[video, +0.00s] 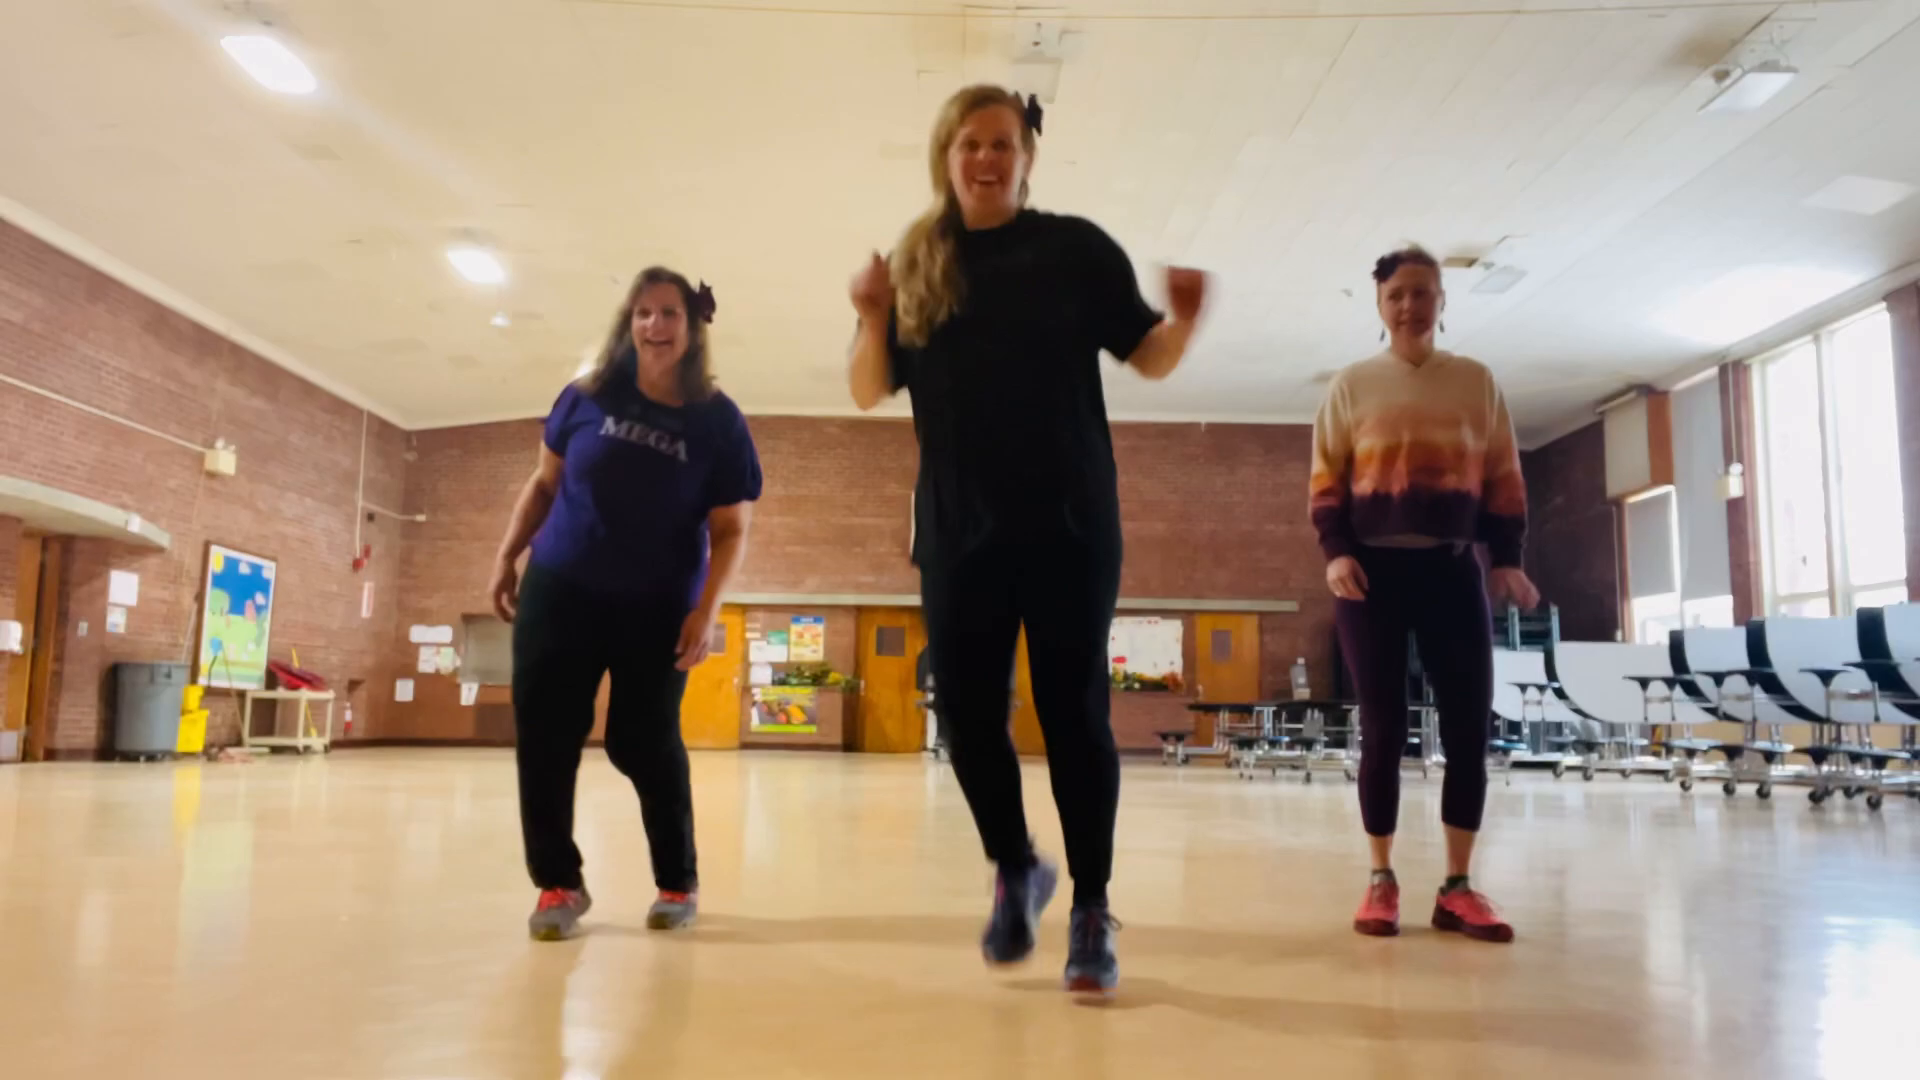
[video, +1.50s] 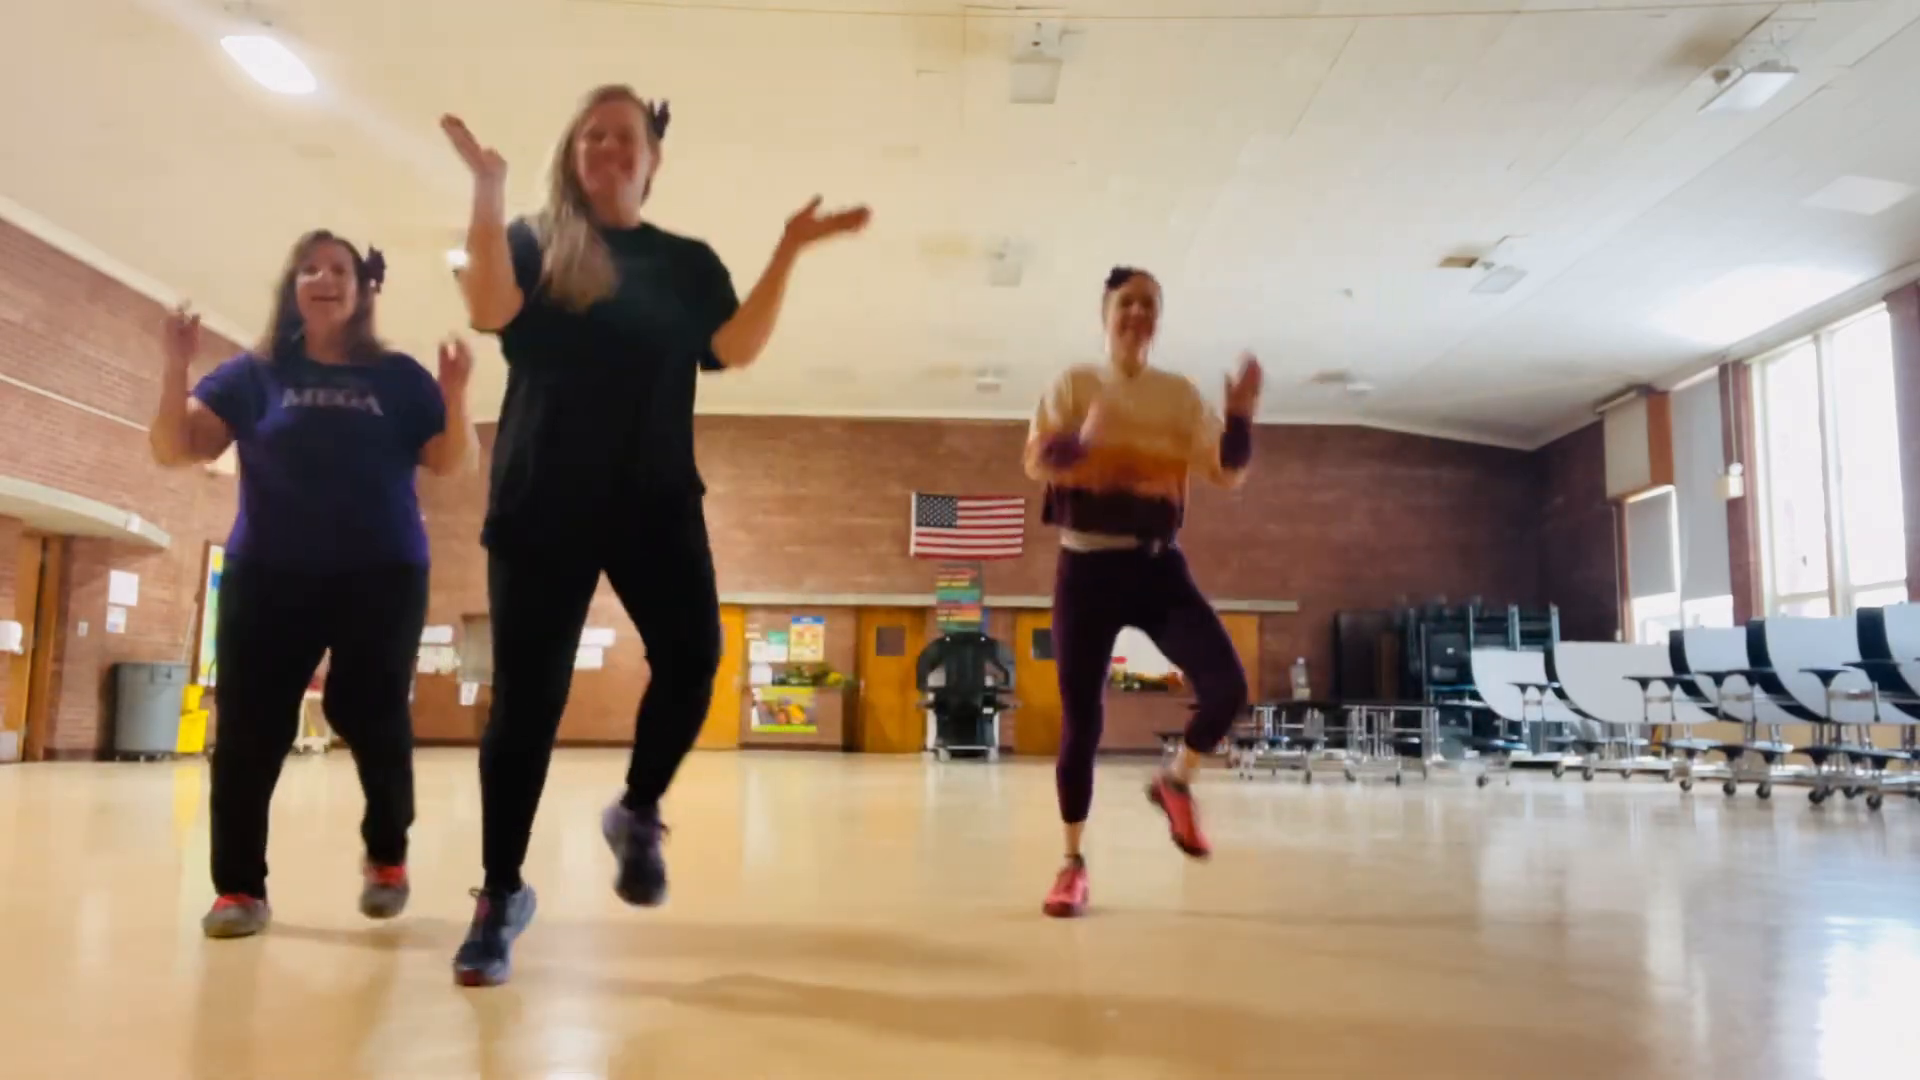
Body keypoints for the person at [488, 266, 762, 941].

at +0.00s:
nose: (655, 324)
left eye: (669, 314)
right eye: (644, 313)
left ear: (694, 327)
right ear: (627, 323)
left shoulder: (716, 419)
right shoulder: (585, 395)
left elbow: (729, 529)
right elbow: (545, 483)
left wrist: (705, 611)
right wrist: (507, 557)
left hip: (654, 606)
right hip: (562, 591)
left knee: (646, 744)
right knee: (544, 739)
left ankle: (677, 884)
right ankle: (558, 885)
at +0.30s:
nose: (600, 319)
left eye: (614, 307)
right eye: (588, 308)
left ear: (644, 317)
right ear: (575, 320)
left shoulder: (675, 412)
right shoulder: (540, 392)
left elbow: (697, 520)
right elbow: (506, 486)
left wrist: (693, 613)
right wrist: (475, 565)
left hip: (630, 592)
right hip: (530, 579)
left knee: (630, 736)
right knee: (466, 708)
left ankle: (678, 883)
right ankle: (418, 877)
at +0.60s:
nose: (479, 302)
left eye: (493, 290)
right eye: (466, 290)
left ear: (520, 303)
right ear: (449, 304)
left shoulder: (559, 390)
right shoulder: (420, 392)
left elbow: (597, 492)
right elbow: (390, 491)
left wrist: (618, 575)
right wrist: (366, 578)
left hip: (545, 592)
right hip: (438, 589)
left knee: (551, 737)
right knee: (405, 742)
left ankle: (578, 849)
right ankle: (402, 900)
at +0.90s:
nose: (447, 303)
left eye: (464, 293)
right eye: (437, 291)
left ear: (494, 309)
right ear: (421, 304)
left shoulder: (520, 405)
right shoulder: (381, 391)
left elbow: (538, 509)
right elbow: (351, 488)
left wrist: (504, 576)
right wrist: (335, 562)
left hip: (457, 599)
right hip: (363, 583)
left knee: (427, 739)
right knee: (359, 734)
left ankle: (409, 883)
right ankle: (374, 890)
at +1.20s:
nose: (394, 294)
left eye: (411, 285)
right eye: (384, 283)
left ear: (438, 304)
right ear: (368, 299)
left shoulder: (470, 404)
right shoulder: (320, 379)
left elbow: (489, 507)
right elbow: (280, 477)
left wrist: (469, 571)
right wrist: (239, 559)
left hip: (411, 596)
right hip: (304, 581)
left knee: (401, 741)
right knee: (266, 733)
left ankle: (408, 882)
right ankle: (243, 888)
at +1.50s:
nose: (323, 279)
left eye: (338, 270)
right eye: (310, 270)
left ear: (362, 291)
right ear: (291, 290)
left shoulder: (398, 376)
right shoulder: (257, 373)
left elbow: (447, 462)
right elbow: (175, 447)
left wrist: (453, 397)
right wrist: (176, 367)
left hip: (380, 576)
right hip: (271, 575)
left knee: (371, 710)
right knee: (247, 732)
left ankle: (388, 858)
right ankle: (240, 890)